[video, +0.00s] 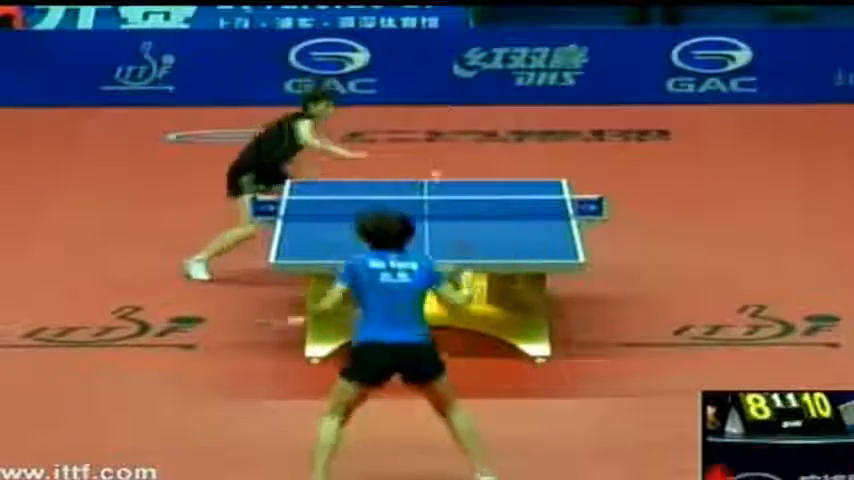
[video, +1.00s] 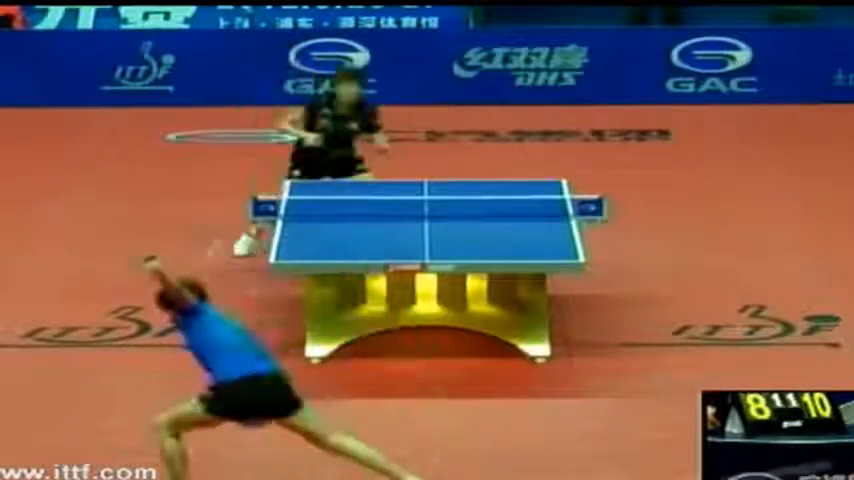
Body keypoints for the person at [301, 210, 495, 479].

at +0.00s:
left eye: (365, 235)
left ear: (369, 238)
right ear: (405, 238)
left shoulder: (358, 264)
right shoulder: (420, 264)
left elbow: (329, 304)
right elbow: (454, 301)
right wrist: (466, 291)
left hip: (371, 348)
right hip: (416, 348)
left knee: (336, 414)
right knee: (451, 408)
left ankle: (319, 473)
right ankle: (482, 470)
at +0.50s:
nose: (370, 261)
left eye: (373, 256)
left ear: (378, 258)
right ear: (412, 257)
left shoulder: (367, 286)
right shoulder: (434, 285)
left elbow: (336, 321)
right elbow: (456, 321)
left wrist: (326, 314)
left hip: (380, 367)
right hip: (428, 368)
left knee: (328, 424)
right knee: (472, 428)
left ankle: (310, 475)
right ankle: (501, 476)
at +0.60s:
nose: (333, 280)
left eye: (336, 275)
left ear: (342, 278)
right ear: (373, 276)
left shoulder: (347, 302)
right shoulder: (397, 299)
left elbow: (293, 321)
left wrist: (274, 301)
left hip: (372, 386)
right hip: (417, 383)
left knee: (296, 416)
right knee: (464, 431)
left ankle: (278, 472)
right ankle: (495, 473)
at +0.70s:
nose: (296, 287)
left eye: (298, 283)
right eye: (301, 284)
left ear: (304, 284)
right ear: (332, 280)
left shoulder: (312, 301)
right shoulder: (357, 302)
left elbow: (253, 311)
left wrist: (232, 294)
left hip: (350, 387)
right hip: (393, 384)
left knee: (272, 421)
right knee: (447, 432)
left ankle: (238, 475)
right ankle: (488, 474)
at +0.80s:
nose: (229, 315)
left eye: (230, 309)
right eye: (229, 309)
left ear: (241, 305)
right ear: (262, 301)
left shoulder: (259, 313)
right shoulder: (284, 324)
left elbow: (214, 308)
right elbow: (255, 354)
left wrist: (172, 301)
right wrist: (234, 364)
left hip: (298, 395)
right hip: (337, 391)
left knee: (226, 429)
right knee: (393, 439)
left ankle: (205, 473)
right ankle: (462, 467)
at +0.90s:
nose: (197, 328)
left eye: (197, 319)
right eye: (198, 318)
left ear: (206, 316)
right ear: (226, 313)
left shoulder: (226, 321)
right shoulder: (248, 338)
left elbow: (194, 305)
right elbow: (219, 377)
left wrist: (157, 295)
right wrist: (188, 399)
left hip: (266, 398)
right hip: (303, 395)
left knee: (191, 427)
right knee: (357, 443)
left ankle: (189, 474)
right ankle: (419, 473)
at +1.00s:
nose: (170, 316)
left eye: (170, 308)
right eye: (169, 308)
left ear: (178, 306)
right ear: (201, 299)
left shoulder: (193, 317)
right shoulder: (222, 320)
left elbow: (179, 295)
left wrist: (157, 271)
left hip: (239, 391)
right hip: (275, 386)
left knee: (167, 427)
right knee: (329, 438)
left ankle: (177, 477)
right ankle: (402, 475)